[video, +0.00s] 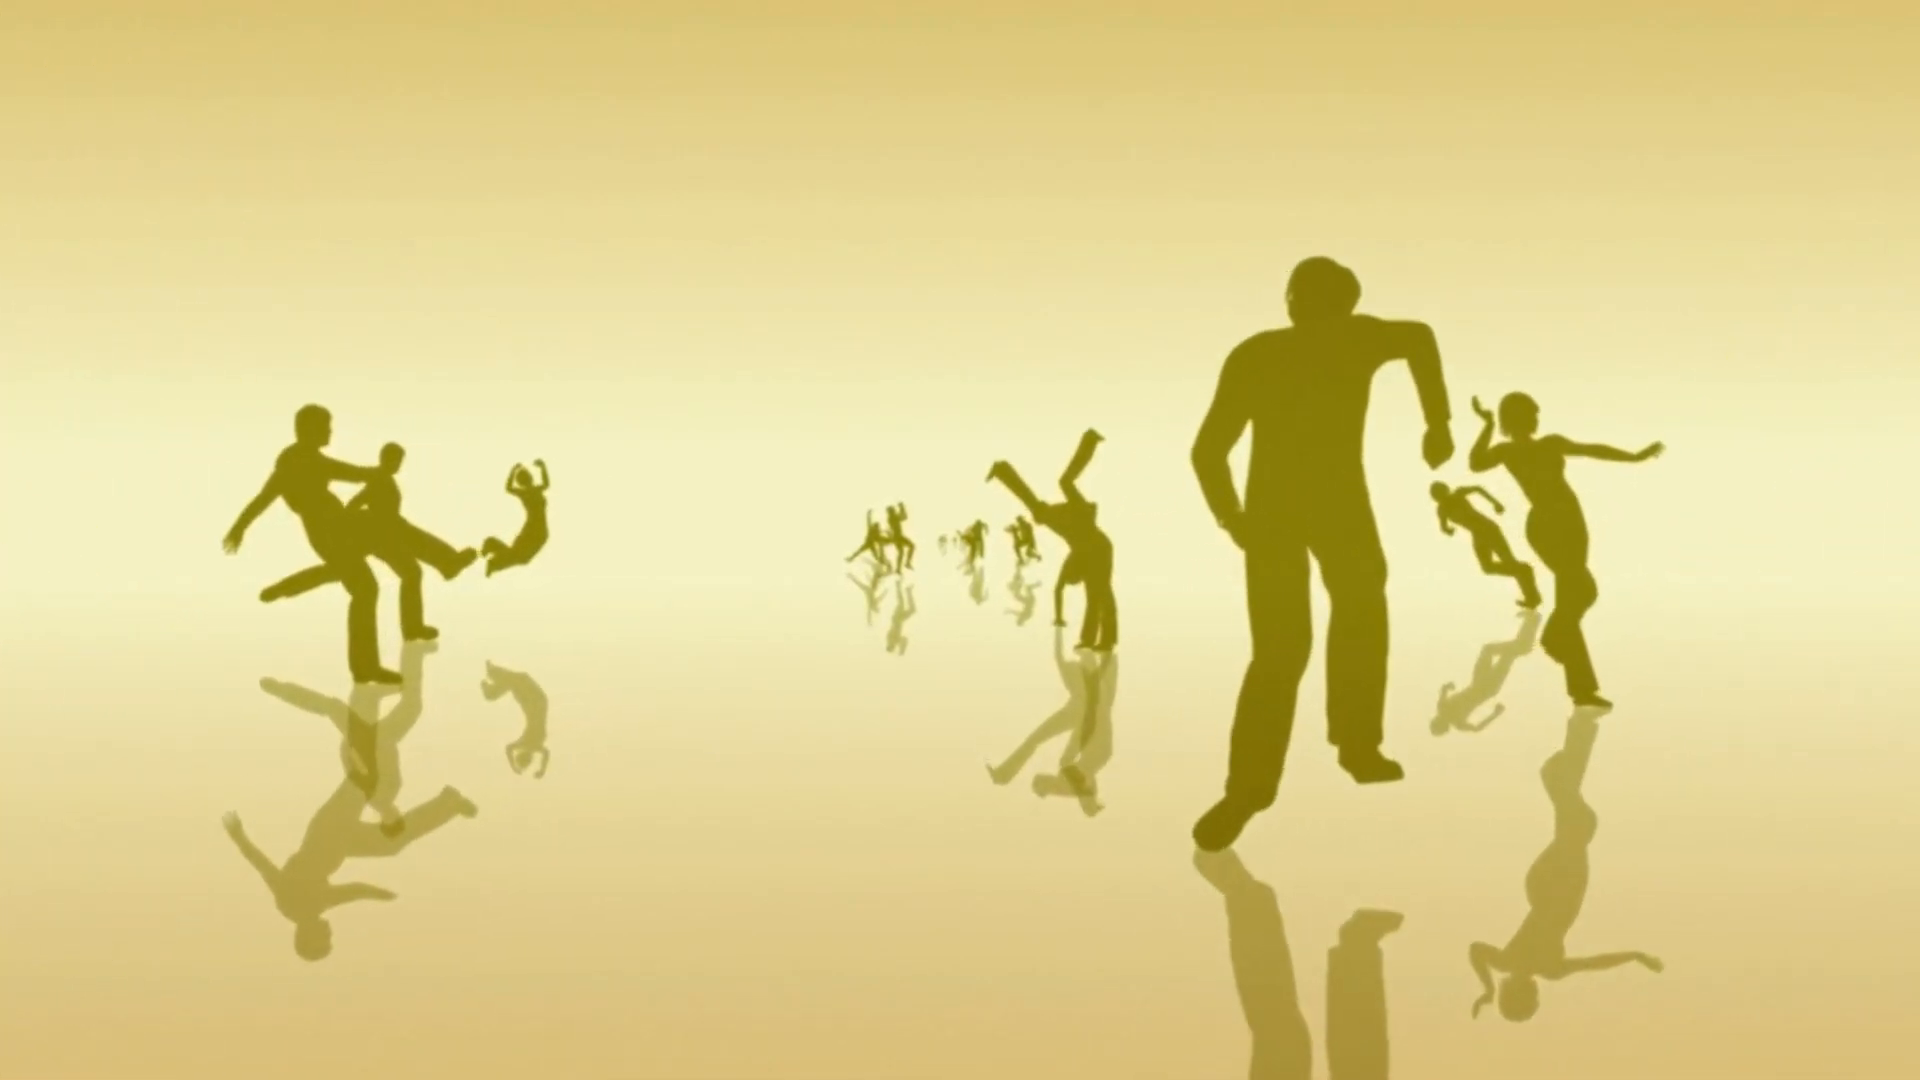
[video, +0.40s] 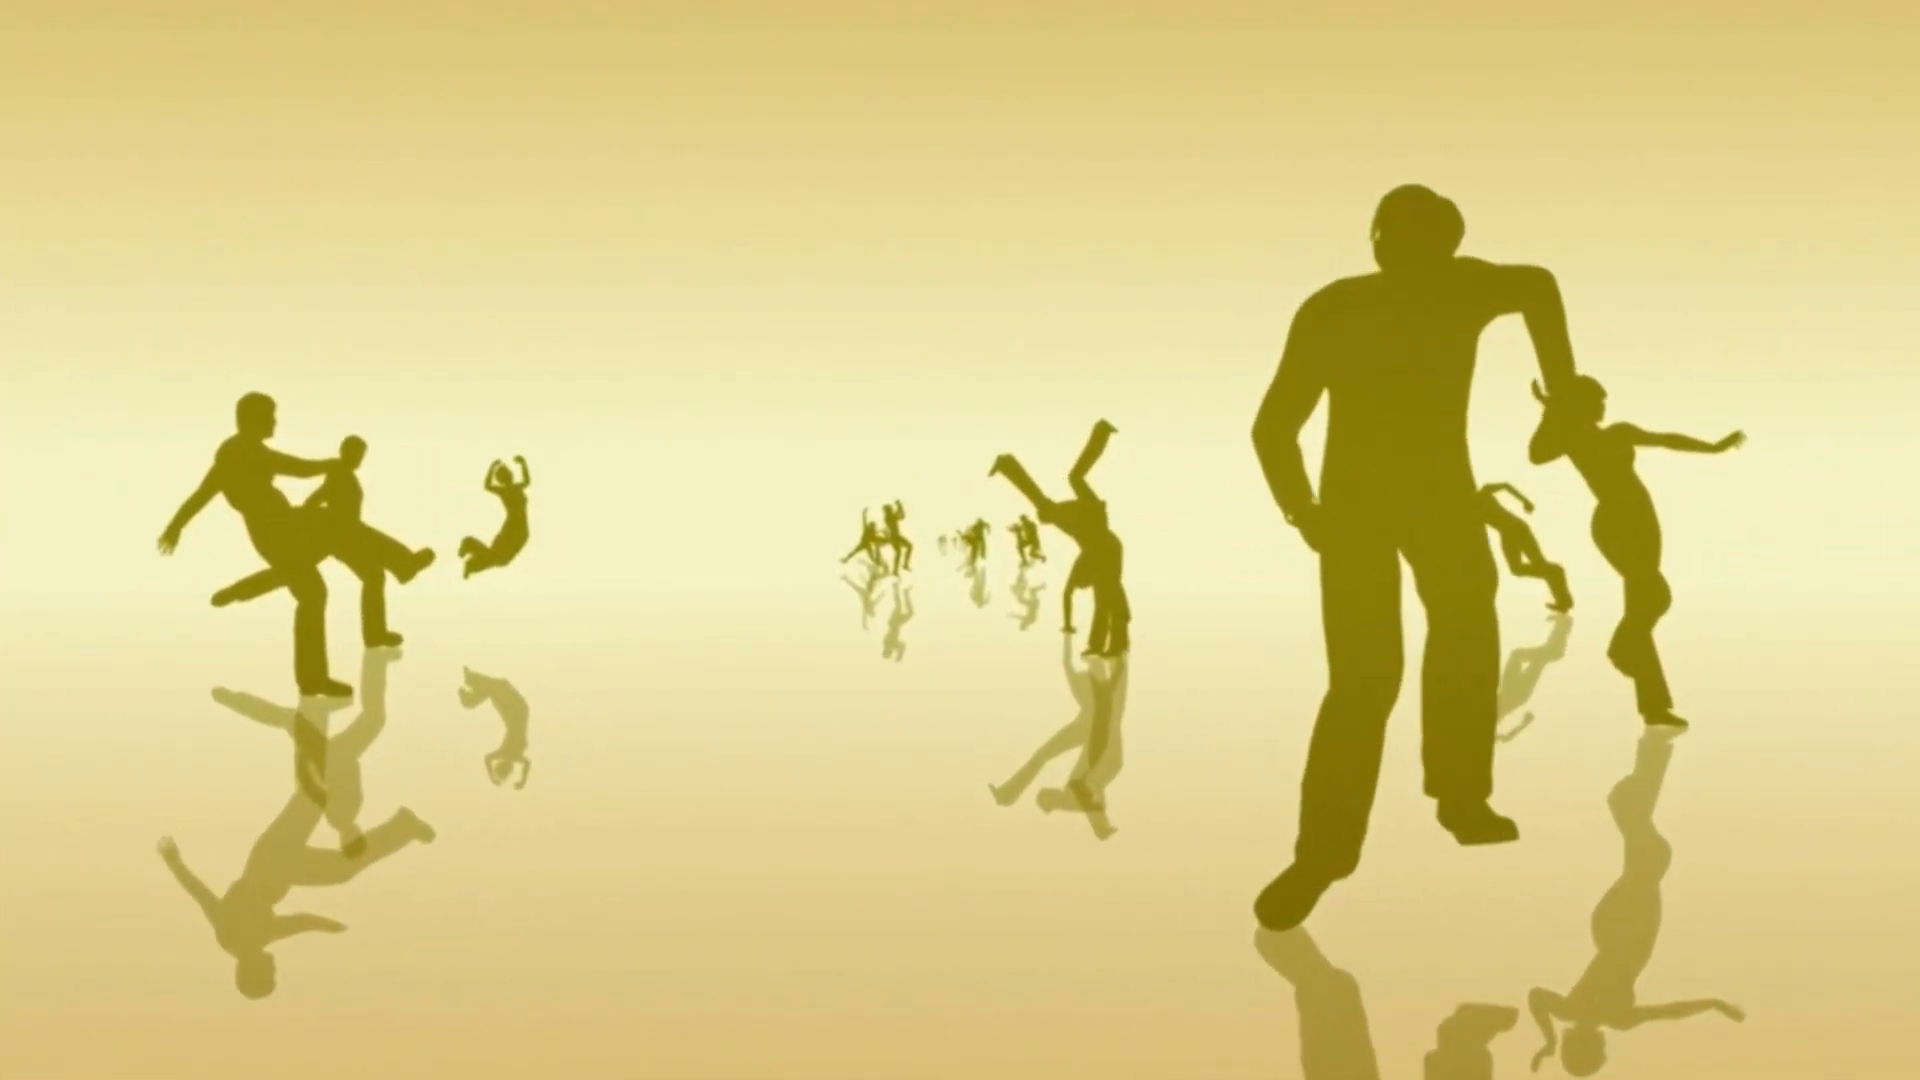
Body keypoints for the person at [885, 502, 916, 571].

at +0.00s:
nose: (894, 512)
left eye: (893, 510)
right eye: (893, 510)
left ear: (890, 512)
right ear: (892, 511)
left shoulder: (893, 518)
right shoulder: (894, 518)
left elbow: (903, 517)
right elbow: (904, 517)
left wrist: (901, 508)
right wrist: (902, 508)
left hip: (897, 536)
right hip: (898, 536)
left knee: (900, 552)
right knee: (911, 545)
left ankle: (898, 569)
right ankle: (908, 563)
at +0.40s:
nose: (891, 510)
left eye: (890, 509)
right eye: (890, 509)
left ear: (887, 510)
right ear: (889, 510)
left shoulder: (890, 517)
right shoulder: (890, 517)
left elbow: (901, 516)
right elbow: (901, 516)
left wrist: (899, 506)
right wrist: (899, 506)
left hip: (895, 536)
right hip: (894, 536)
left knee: (909, 546)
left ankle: (906, 564)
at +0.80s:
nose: (887, 509)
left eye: (886, 507)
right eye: (885, 507)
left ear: (885, 508)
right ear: (884, 508)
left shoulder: (887, 515)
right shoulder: (886, 516)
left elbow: (898, 515)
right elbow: (898, 515)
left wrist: (896, 505)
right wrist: (896, 505)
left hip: (893, 535)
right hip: (891, 536)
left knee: (907, 546)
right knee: (895, 552)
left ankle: (903, 565)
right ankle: (892, 572)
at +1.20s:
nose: (883, 507)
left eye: (882, 506)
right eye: (882, 506)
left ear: (879, 507)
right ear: (881, 506)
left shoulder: (883, 513)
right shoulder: (883, 514)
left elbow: (893, 512)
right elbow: (896, 513)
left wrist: (893, 503)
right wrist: (894, 502)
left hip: (889, 535)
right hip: (888, 536)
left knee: (904, 546)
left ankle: (901, 567)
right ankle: (889, 573)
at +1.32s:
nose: (882, 507)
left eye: (882, 505)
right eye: (881, 505)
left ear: (879, 506)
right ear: (880, 506)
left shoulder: (882, 513)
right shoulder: (882, 514)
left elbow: (893, 513)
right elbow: (895, 513)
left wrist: (892, 502)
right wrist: (893, 502)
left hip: (888, 535)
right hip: (887, 536)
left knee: (904, 547)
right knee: (891, 553)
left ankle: (900, 567)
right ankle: (888, 573)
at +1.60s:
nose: (880, 505)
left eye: (879, 503)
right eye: (878, 503)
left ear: (875, 505)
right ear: (877, 504)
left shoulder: (878, 512)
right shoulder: (879, 513)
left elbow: (890, 512)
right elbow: (892, 512)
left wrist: (889, 501)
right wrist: (890, 501)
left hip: (883, 535)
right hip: (885, 535)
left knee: (888, 555)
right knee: (902, 547)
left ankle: (885, 575)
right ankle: (897, 569)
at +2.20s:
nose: (873, 501)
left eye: (871, 500)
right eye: (871, 500)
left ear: (869, 501)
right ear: (869, 501)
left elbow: (885, 509)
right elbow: (883, 508)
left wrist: (884, 496)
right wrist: (884, 496)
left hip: (877, 535)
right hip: (878, 535)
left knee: (882, 556)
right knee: (897, 548)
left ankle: (879, 579)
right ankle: (892, 571)